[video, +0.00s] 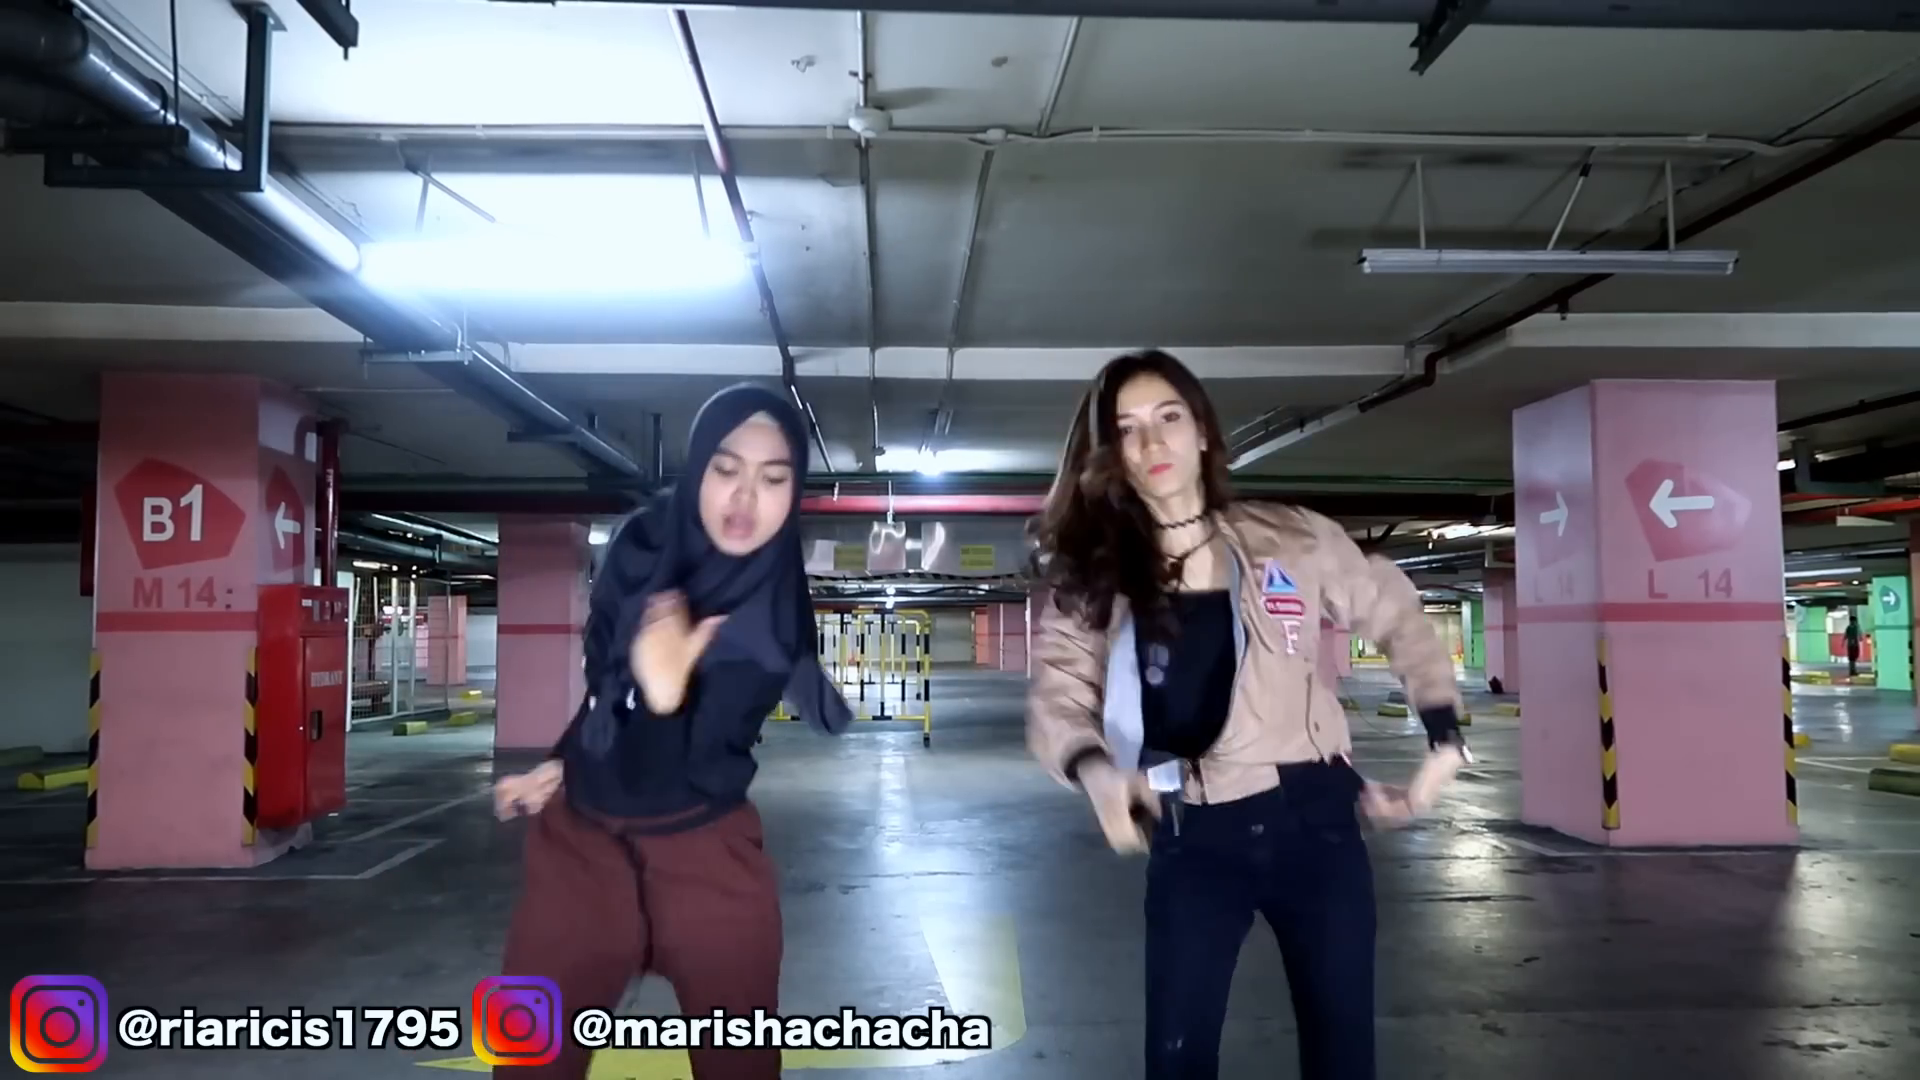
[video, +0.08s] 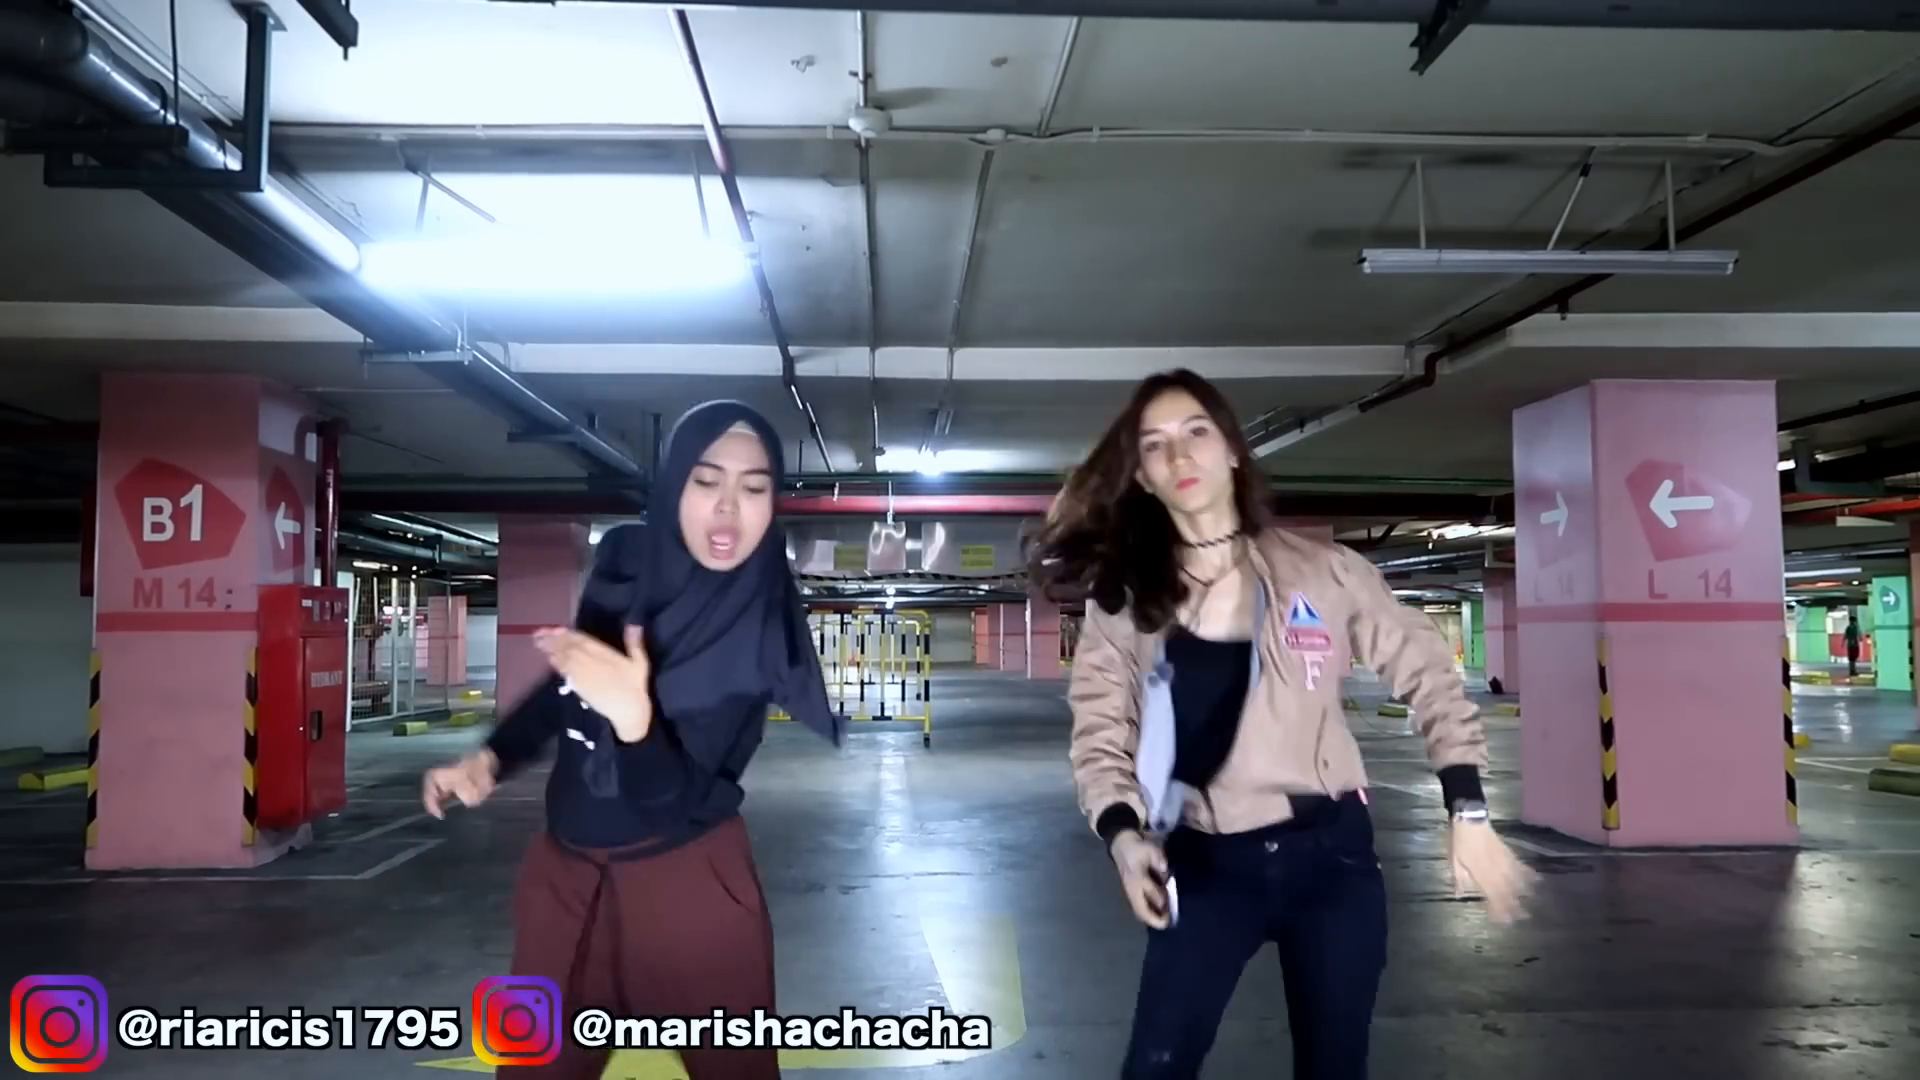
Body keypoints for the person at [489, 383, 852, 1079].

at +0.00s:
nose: (745, 498)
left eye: (772, 477)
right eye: (727, 469)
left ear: (796, 494)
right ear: (694, 473)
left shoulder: (775, 606)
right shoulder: (640, 550)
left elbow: (688, 769)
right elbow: (611, 684)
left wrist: (662, 704)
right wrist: (561, 763)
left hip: (708, 847)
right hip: (582, 840)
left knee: (740, 1064)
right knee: (529, 1060)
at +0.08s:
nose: (729, 509)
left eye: (754, 487)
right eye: (707, 482)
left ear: (775, 502)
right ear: (671, 488)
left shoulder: (760, 618)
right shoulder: (626, 557)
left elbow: (682, 800)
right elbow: (572, 676)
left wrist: (635, 722)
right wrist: (492, 758)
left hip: (690, 877)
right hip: (567, 872)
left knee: (735, 1068)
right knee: (537, 1067)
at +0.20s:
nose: (686, 484)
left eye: (710, 462)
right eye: (664, 456)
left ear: (731, 476)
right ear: (626, 460)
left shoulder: (729, 590)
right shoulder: (564, 518)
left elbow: (757, 756)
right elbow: (475, 522)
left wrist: (615, 744)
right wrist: (436, 618)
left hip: (679, 831)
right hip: (550, 829)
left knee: (739, 1057)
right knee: (512, 1057)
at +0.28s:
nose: (651, 495)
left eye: (675, 471)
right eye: (626, 469)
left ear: (697, 481)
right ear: (588, 473)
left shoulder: (710, 592)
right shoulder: (520, 539)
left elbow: (800, 731)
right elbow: (389, 554)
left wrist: (682, 805)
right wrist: (392, 597)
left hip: (669, 864)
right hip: (534, 864)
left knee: (725, 1066)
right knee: (503, 1063)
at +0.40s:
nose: (614, 526)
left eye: (636, 500)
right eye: (590, 498)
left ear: (659, 509)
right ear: (552, 505)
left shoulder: (691, 606)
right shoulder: (503, 602)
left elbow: (826, 683)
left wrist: (745, 781)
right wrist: (439, 601)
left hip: (671, 895)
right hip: (532, 900)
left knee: (755, 1069)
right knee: (488, 1069)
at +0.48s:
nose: (605, 493)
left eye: (628, 468)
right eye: (582, 466)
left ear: (652, 479)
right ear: (545, 476)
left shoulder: (696, 552)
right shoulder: (516, 575)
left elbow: (823, 612)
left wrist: (754, 710)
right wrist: (509, 614)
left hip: (693, 853)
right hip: (558, 865)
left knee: (775, 1057)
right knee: (530, 1066)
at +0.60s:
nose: (629, 481)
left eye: (651, 454)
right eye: (604, 454)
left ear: (676, 461)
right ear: (571, 465)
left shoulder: (726, 517)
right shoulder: (558, 583)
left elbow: (846, 536)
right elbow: (658, 710)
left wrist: (794, 632)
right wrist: (588, 595)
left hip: (731, 837)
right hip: (600, 842)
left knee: (804, 1057)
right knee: (567, 1063)